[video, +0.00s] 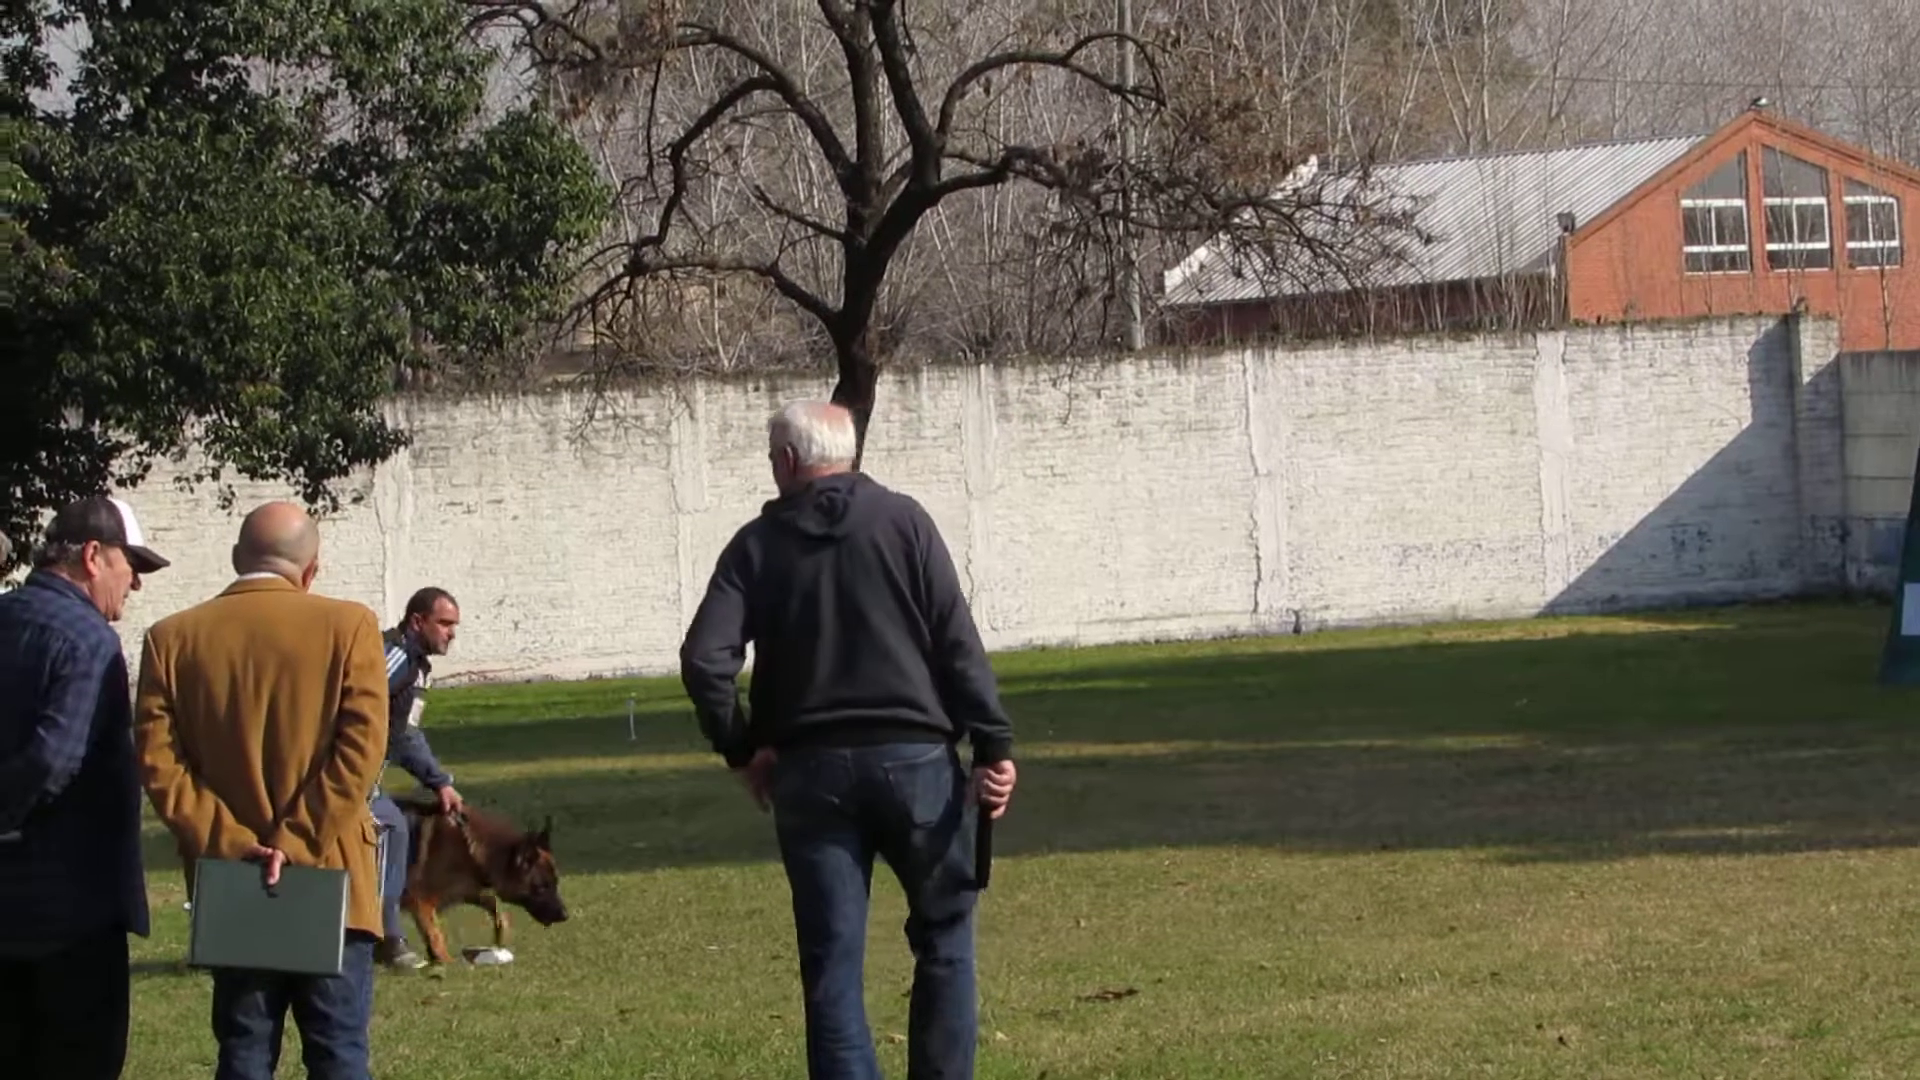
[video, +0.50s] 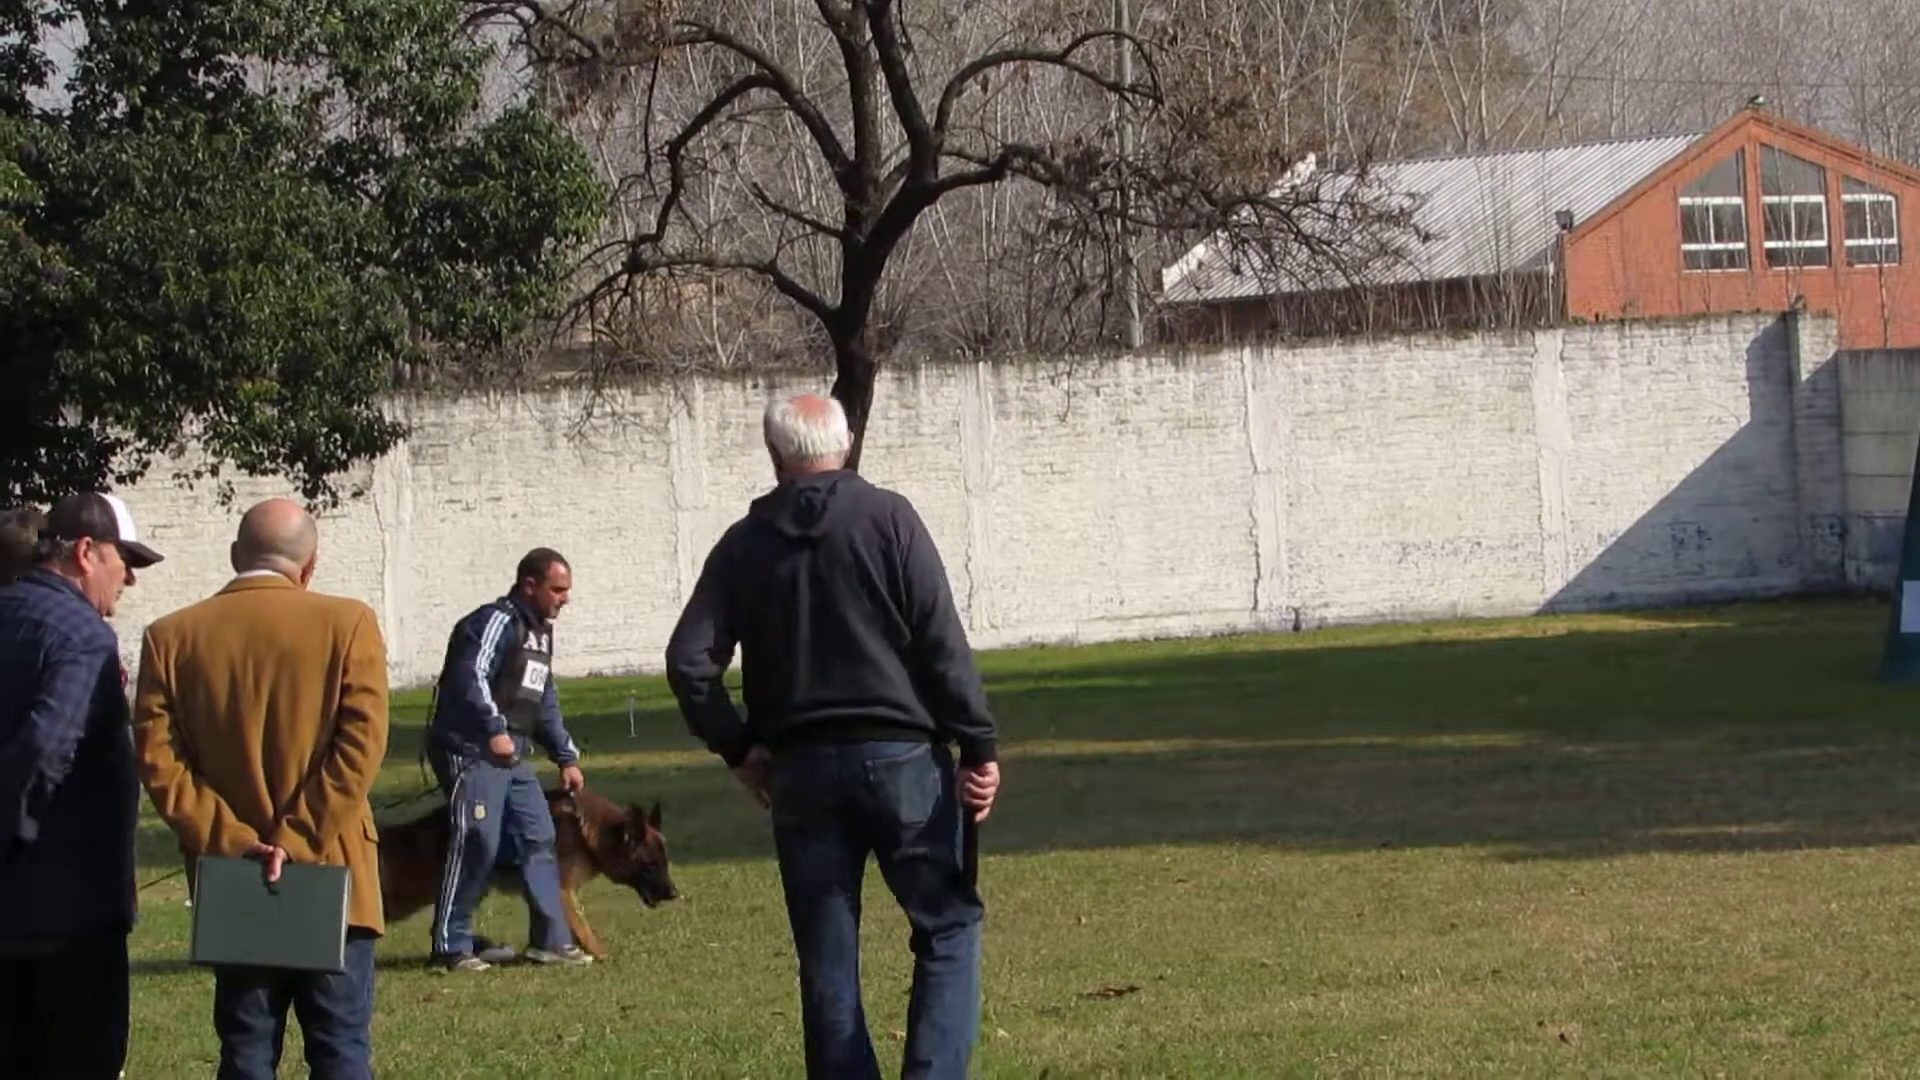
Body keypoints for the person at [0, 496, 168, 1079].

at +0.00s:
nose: (135, 584)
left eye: (137, 571)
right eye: (131, 567)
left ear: (68, 555)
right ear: (92, 557)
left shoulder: (8, 612)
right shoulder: (87, 638)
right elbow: (51, 760)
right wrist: (9, 820)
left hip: (14, 892)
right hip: (71, 900)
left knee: (20, 1049)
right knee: (85, 1059)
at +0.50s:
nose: (129, 580)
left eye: (131, 566)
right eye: (125, 562)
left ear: (67, 552)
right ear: (86, 553)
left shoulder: (12, 608)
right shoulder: (81, 633)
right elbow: (44, 745)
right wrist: (17, 825)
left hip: (16, 896)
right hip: (69, 901)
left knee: (24, 1051)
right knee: (84, 1058)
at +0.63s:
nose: (117, 575)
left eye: (118, 561)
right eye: (112, 558)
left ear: (61, 551)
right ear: (74, 551)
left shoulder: (13, 602)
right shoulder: (69, 623)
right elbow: (37, 724)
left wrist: (106, 688)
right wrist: (23, 830)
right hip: (62, 900)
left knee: (24, 1049)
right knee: (76, 1057)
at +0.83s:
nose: (103, 527)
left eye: (104, 513)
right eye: (97, 511)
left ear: (50, 505)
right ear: (60, 504)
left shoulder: (15, 557)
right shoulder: (55, 574)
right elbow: (31, 680)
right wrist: (87, 760)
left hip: (18, 832)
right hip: (47, 843)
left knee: (27, 1003)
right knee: (64, 1006)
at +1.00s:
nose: (98, 446)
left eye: (99, 433)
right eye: (91, 431)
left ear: (45, 428)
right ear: (53, 426)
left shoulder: (27, 489)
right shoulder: (44, 499)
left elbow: (46, 617)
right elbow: (45, 619)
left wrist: (112, 656)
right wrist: (116, 659)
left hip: (32, 751)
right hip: (43, 758)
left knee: (46, 911)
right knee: (54, 917)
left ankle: (36, 1050)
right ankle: (41, 1055)